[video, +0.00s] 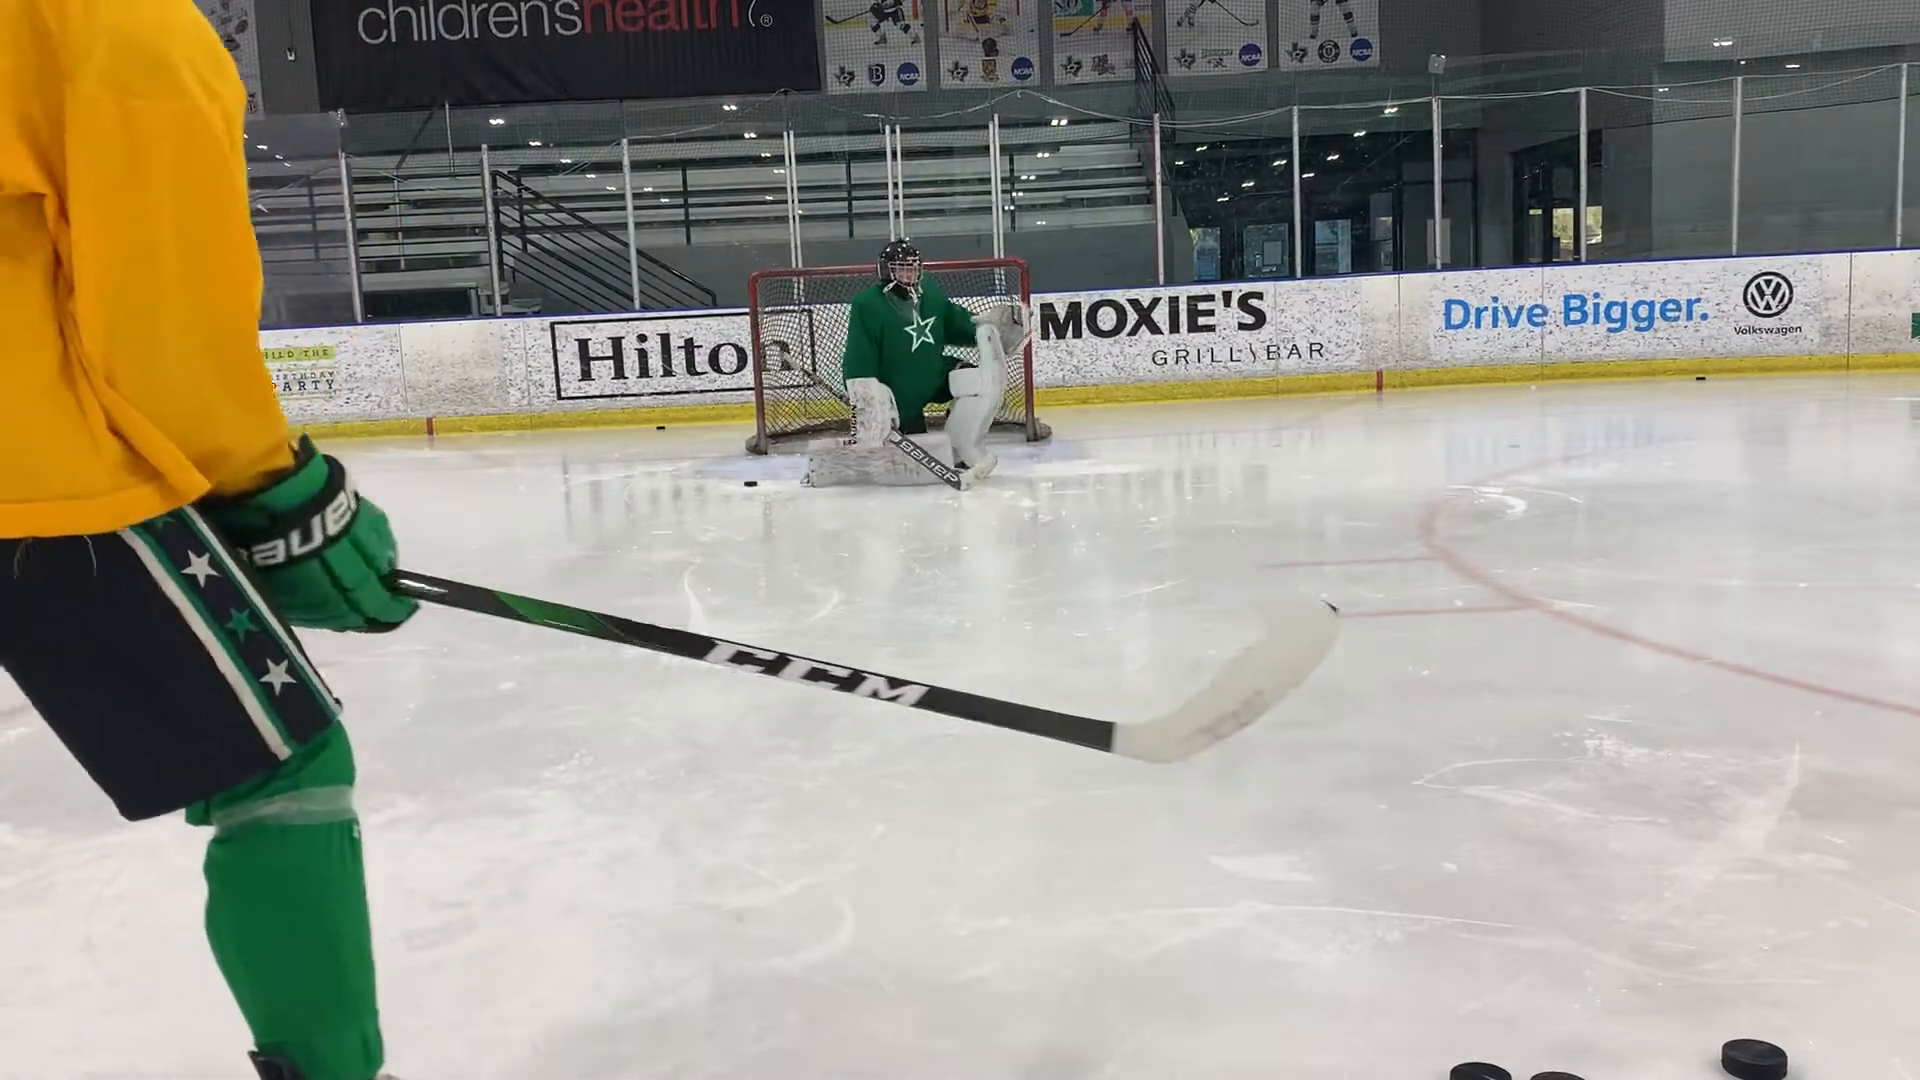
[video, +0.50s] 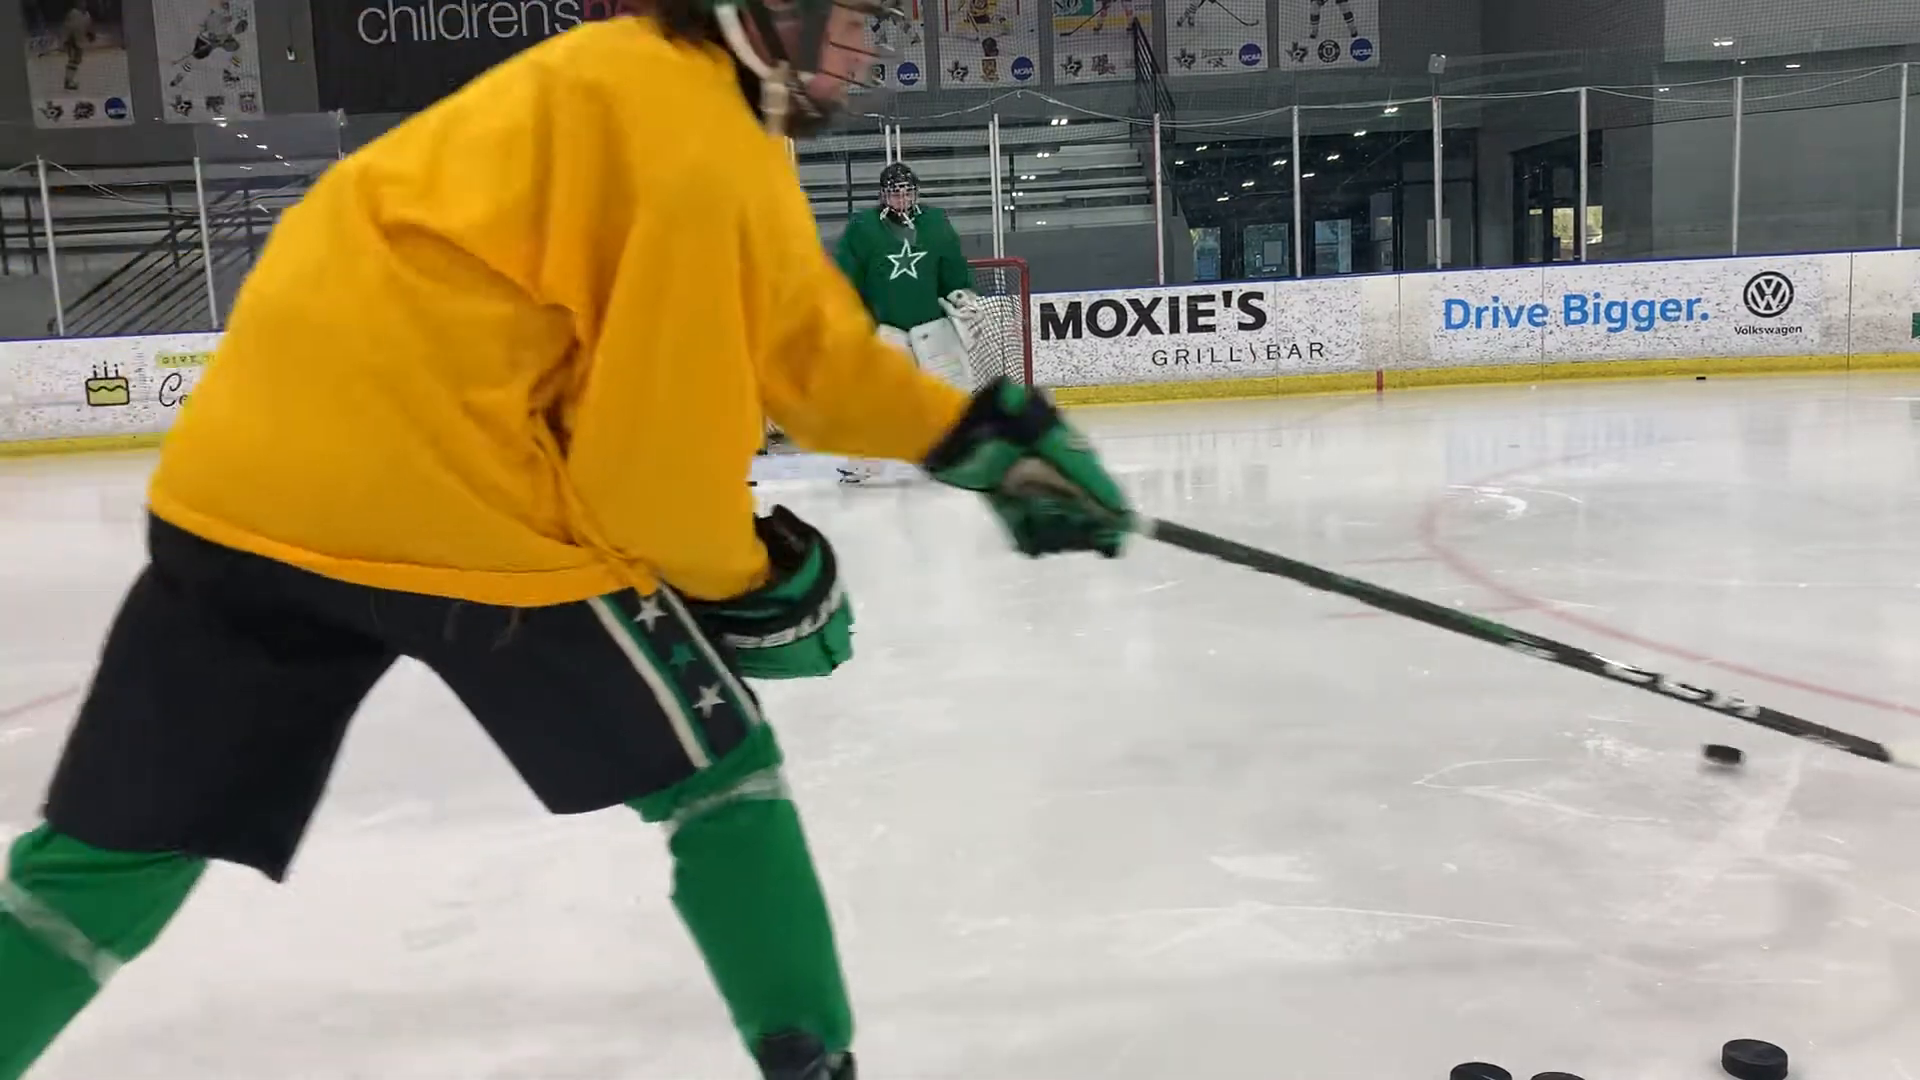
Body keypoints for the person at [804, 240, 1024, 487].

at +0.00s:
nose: (910, 274)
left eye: (914, 268)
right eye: (903, 268)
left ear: (920, 268)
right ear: (887, 270)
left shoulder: (929, 291)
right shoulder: (868, 304)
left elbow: (954, 322)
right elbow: (857, 362)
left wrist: (988, 329)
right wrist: (871, 406)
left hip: (931, 376)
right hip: (896, 392)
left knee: (979, 379)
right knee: (915, 462)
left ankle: (964, 449)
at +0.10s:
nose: (913, 267)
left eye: (917, 260)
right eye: (906, 261)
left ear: (923, 262)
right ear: (891, 263)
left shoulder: (938, 296)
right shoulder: (871, 300)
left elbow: (967, 324)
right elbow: (857, 357)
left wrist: (998, 329)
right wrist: (867, 400)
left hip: (933, 374)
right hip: (895, 386)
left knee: (974, 388)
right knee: (915, 448)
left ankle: (958, 450)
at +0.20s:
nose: (912, 254)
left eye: (917, 247)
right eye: (905, 248)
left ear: (924, 249)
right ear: (891, 251)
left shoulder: (936, 279)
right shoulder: (873, 284)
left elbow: (963, 314)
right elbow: (855, 340)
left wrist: (992, 327)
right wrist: (857, 387)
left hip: (933, 365)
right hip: (893, 374)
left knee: (971, 387)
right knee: (907, 435)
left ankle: (957, 453)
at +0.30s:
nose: (910, 233)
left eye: (914, 226)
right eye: (903, 227)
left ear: (921, 228)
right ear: (889, 230)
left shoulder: (934, 258)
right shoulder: (872, 266)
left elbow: (961, 299)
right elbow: (852, 320)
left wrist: (990, 325)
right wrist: (849, 368)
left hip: (937, 355)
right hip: (892, 363)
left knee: (973, 386)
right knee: (888, 426)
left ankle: (946, 453)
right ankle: (836, 468)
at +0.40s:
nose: (906, 212)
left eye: (911, 205)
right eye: (899, 206)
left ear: (919, 206)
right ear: (887, 208)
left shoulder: (938, 239)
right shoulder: (869, 243)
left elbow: (961, 285)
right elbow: (848, 298)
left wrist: (978, 322)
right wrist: (847, 348)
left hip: (937, 340)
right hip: (889, 341)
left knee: (957, 397)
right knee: (879, 404)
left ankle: (947, 455)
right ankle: (855, 462)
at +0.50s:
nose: (901, 199)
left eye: (906, 192)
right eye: (894, 193)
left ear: (916, 193)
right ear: (883, 195)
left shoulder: (935, 222)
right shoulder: (863, 228)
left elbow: (954, 270)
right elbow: (844, 278)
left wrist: (964, 300)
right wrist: (857, 324)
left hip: (935, 328)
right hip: (884, 331)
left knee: (948, 395)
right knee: (881, 390)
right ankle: (869, 462)